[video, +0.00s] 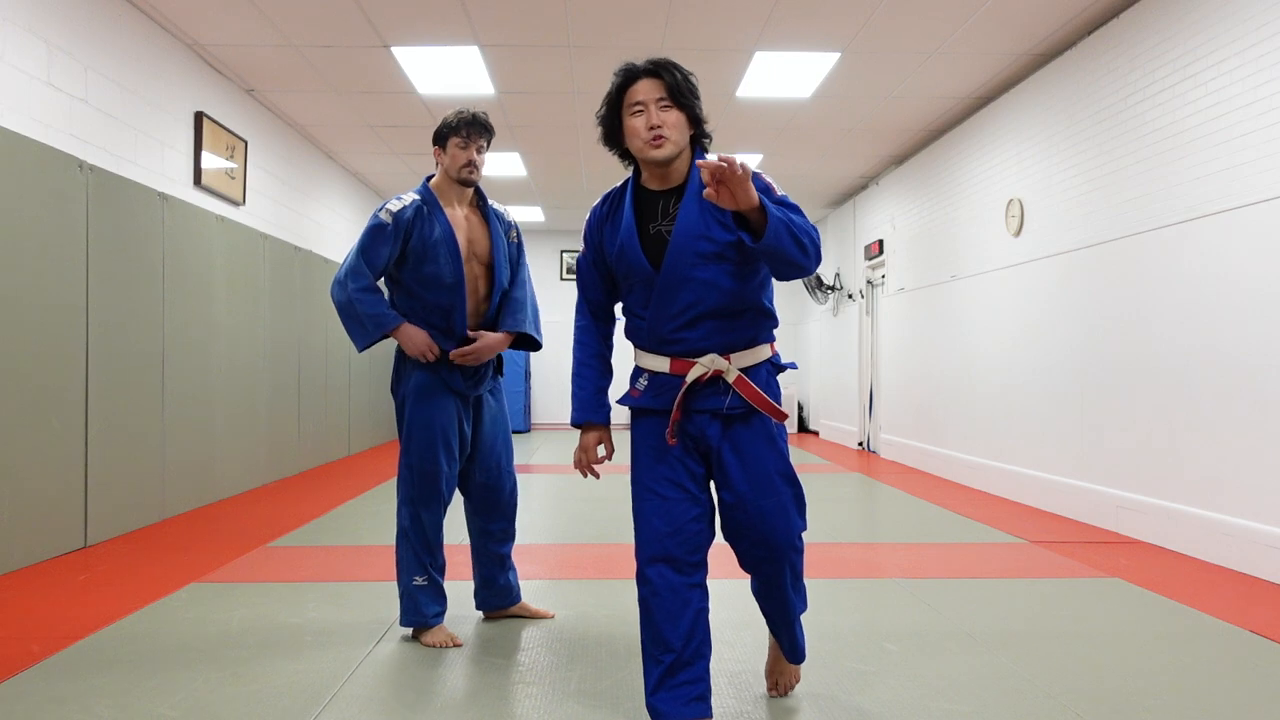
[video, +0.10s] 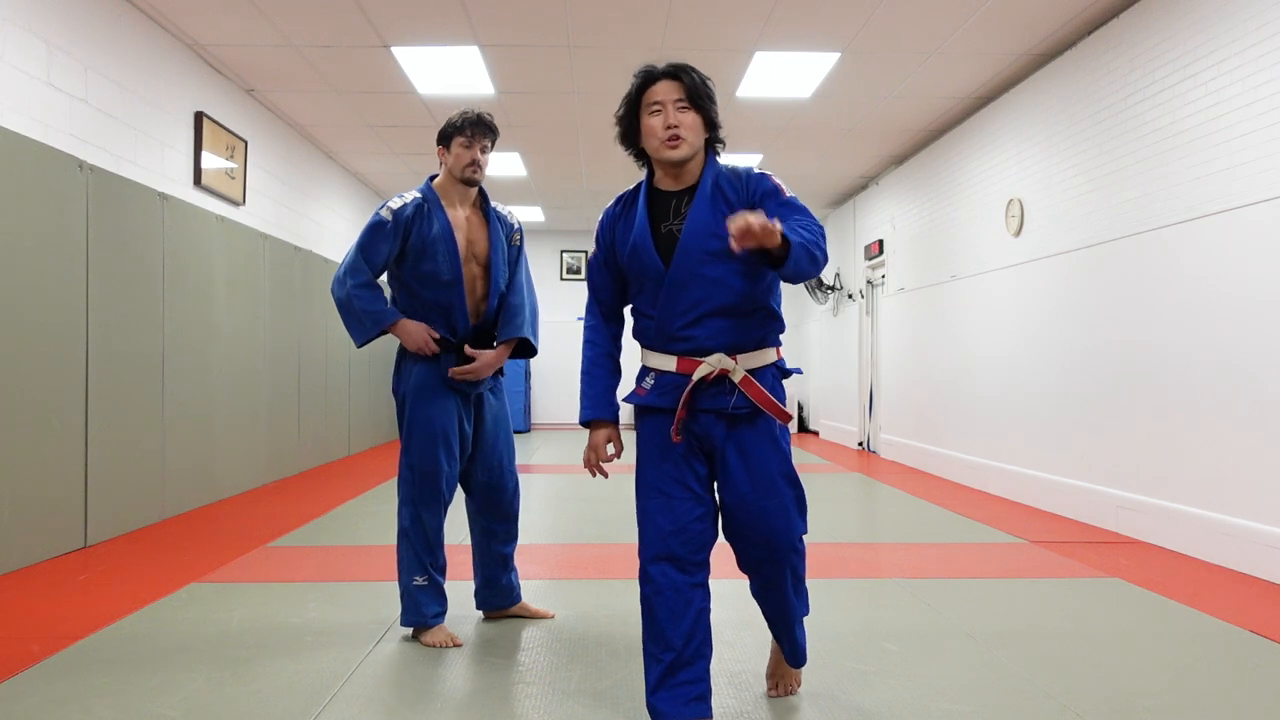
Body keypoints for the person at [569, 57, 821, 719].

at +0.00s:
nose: (654, 119)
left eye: (667, 105)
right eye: (638, 111)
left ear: (692, 119)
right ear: (621, 133)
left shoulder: (736, 184)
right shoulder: (608, 216)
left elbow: (805, 257)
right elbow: (593, 319)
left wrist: (753, 210)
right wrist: (589, 416)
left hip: (746, 390)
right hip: (659, 398)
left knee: (771, 541)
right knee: (667, 567)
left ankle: (785, 641)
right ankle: (678, 709)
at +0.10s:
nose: (671, 120)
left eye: (683, 107)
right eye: (655, 111)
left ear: (707, 121)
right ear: (637, 131)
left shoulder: (750, 187)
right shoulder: (620, 218)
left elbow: (813, 255)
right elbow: (601, 319)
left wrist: (777, 242)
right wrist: (598, 415)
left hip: (750, 390)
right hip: (664, 396)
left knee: (770, 541)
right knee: (669, 563)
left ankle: (787, 645)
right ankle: (679, 709)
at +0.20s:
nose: (690, 122)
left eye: (702, 112)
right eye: (676, 114)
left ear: (726, 129)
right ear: (656, 135)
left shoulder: (762, 196)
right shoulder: (635, 223)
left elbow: (802, 252)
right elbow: (615, 322)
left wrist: (807, 324)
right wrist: (611, 413)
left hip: (757, 390)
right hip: (671, 399)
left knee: (774, 542)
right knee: (672, 562)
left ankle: (788, 652)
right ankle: (679, 709)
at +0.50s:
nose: (720, 151)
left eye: (736, 142)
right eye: (715, 143)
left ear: (771, 156)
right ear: (709, 157)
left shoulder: (811, 234)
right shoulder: (686, 234)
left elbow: (842, 332)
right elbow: (665, 327)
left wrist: (842, 424)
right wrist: (662, 411)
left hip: (787, 409)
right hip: (705, 408)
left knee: (781, 549)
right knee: (700, 547)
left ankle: (774, 662)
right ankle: (694, 688)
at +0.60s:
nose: (729, 150)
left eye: (745, 140)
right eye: (727, 140)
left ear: (781, 154)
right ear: (723, 153)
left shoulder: (818, 231)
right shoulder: (695, 231)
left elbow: (855, 327)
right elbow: (674, 319)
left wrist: (864, 419)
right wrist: (671, 402)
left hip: (787, 406)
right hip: (709, 402)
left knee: (781, 541)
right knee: (695, 535)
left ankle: (775, 661)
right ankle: (698, 674)